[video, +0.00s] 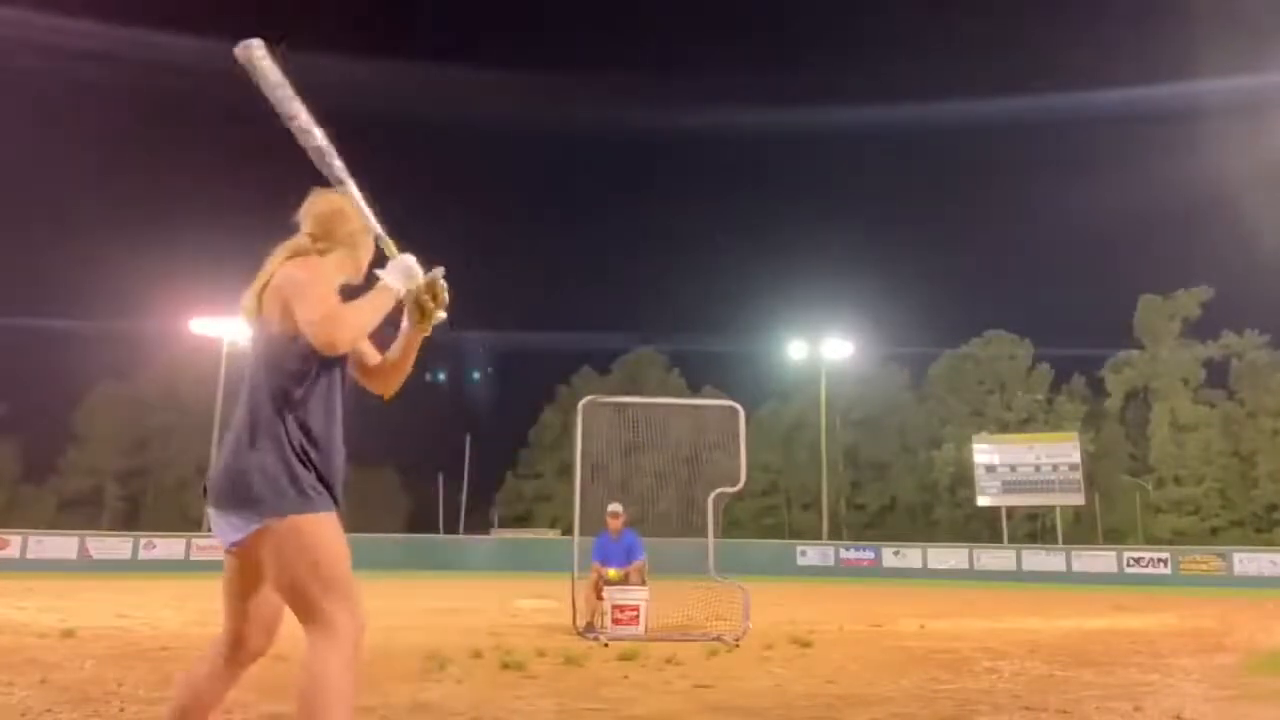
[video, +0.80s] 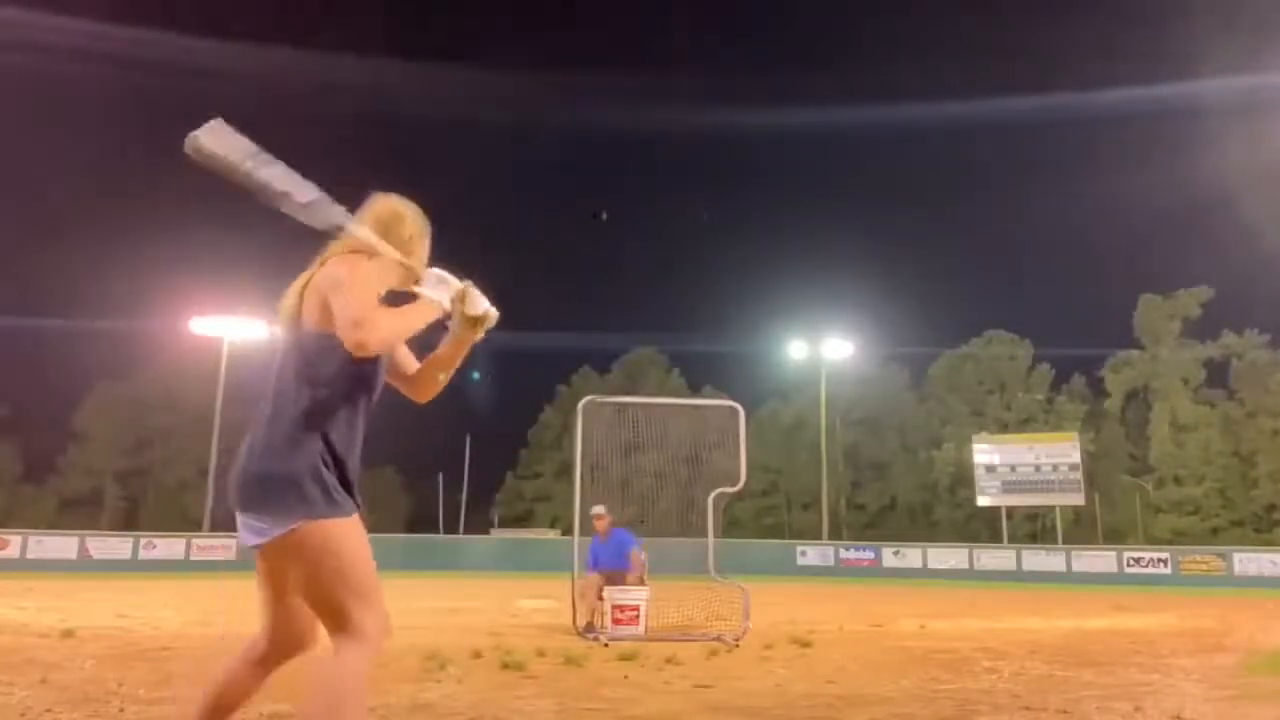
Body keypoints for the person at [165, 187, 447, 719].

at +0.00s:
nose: (373, 256)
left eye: (374, 245)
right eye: (370, 244)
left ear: (318, 234)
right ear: (352, 237)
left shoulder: (321, 294)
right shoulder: (302, 271)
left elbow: (382, 380)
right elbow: (330, 333)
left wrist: (417, 325)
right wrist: (392, 286)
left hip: (251, 477)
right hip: (278, 477)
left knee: (243, 641)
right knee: (338, 626)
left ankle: (179, 714)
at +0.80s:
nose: (413, 274)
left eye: (415, 266)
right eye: (415, 261)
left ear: (363, 233)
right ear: (404, 247)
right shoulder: (354, 266)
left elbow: (420, 386)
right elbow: (363, 335)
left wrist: (465, 335)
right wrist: (436, 301)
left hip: (271, 475)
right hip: (299, 475)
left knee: (287, 635)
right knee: (363, 629)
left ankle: (203, 713)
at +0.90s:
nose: (426, 281)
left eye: (429, 272)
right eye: (427, 267)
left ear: (390, 240)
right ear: (411, 248)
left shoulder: (377, 309)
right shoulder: (353, 268)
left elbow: (424, 391)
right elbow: (365, 333)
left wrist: (470, 348)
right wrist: (445, 309)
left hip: (307, 477)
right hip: (293, 475)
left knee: (332, 634)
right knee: (369, 630)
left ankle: (242, 712)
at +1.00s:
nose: (442, 286)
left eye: (446, 277)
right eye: (443, 272)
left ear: (406, 255)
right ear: (426, 257)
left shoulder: (396, 315)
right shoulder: (362, 272)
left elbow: (427, 398)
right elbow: (353, 335)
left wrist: (468, 358)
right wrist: (446, 318)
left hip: (335, 484)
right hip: (289, 485)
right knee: (369, 629)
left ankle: (298, 709)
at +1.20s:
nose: (460, 293)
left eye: (464, 284)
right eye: (462, 280)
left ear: (421, 258)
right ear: (443, 268)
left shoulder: (423, 324)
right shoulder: (375, 282)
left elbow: (436, 405)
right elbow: (331, 339)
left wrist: (460, 366)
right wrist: (429, 325)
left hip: (355, 488)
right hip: (304, 493)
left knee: (446, 581)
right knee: (376, 628)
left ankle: (379, 706)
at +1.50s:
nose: (509, 333)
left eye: (510, 322)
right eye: (506, 319)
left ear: (474, 317)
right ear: (481, 312)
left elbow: (484, 403)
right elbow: (308, 317)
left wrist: (453, 334)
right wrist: (396, 302)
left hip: (412, 524)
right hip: (349, 523)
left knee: (457, 627)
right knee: (394, 641)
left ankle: (411, 704)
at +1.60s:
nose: (509, 357)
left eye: (510, 347)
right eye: (507, 345)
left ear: (475, 339)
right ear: (486, 338)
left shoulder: (472, 389)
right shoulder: (411, 368)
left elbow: (503, 429)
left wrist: (463, 367)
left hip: (410, 542)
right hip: (368, 544)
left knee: (453, 634)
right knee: (422, 652)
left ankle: (421, 706)